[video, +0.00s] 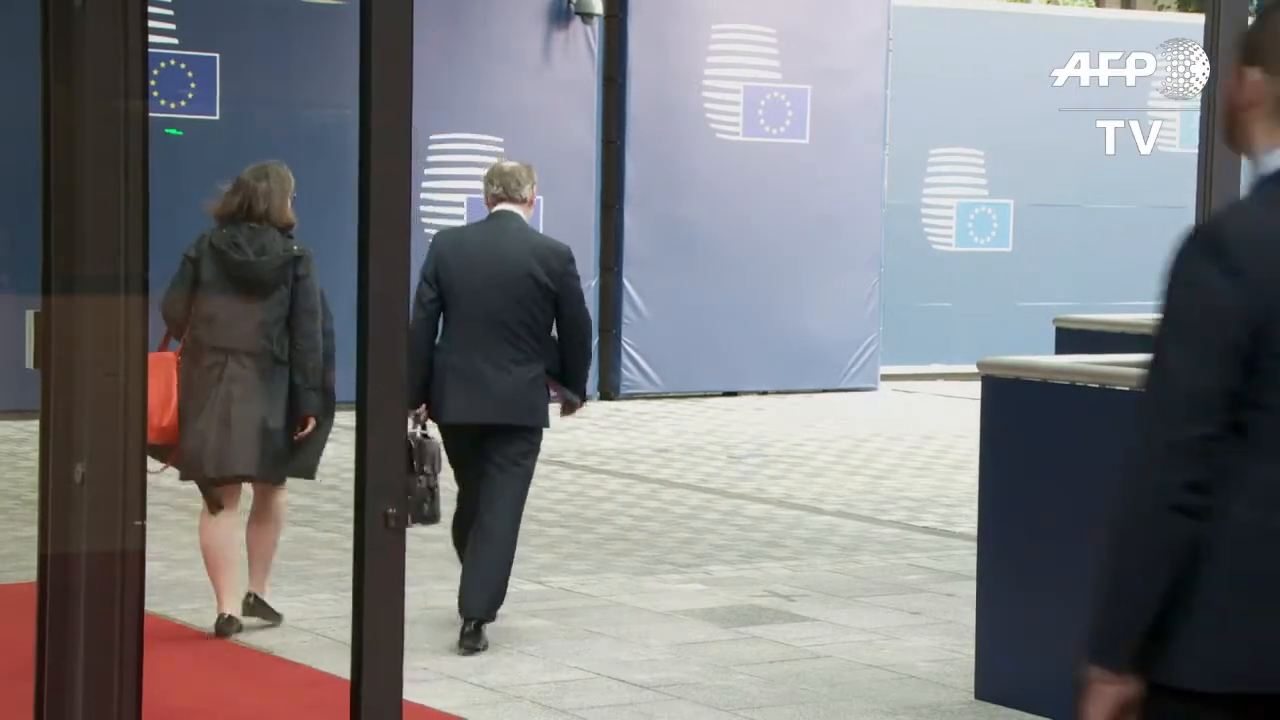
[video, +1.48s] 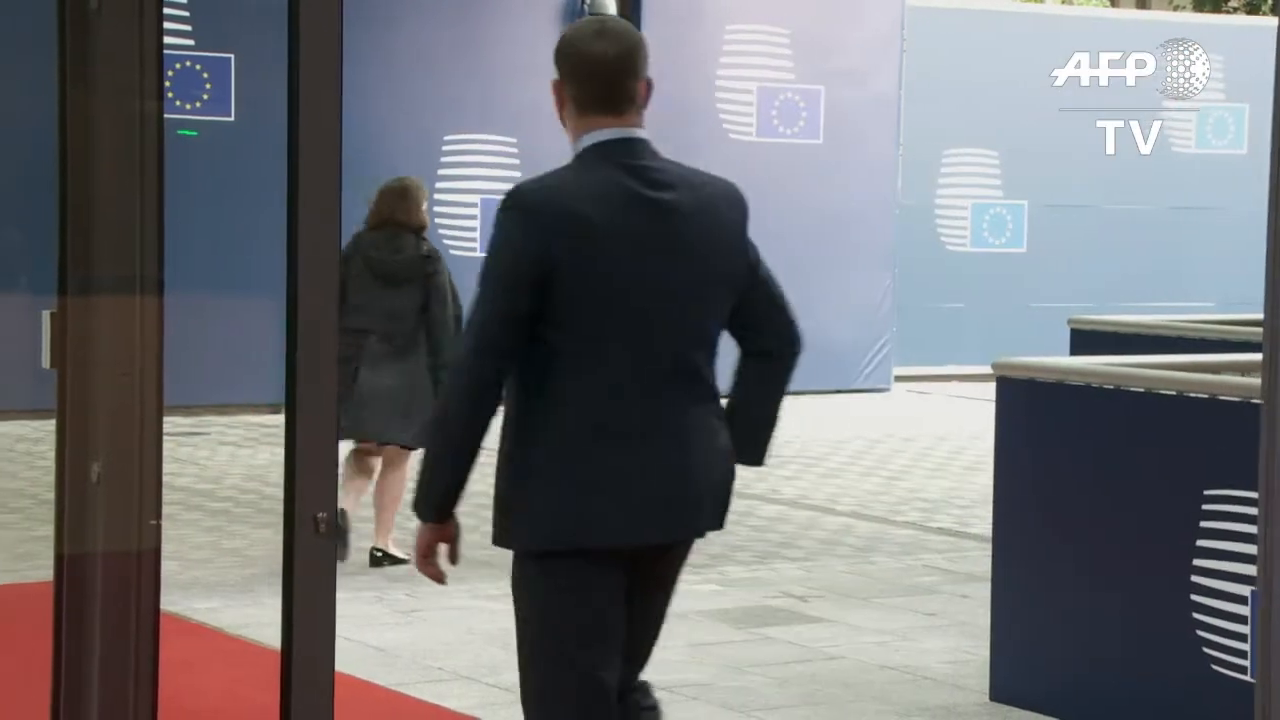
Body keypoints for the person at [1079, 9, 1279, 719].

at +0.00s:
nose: (1226, 92)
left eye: (1232, 76)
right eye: (1231, 75)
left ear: (1252, 88)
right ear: (1265, 93)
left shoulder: (1238, 247)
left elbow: (1173, 462)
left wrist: (1114, 655)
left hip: (1234, 642)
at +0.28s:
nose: (1065, 89)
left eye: (1069, 76)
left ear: (1074, 91)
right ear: (1175, 86)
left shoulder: (1048, 224)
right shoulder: (1260, 211)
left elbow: (982, 417)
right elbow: (1261, 405)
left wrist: (916, 580)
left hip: (1077, 591)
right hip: (1212, 582)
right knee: (1153, 702)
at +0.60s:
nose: (918, 107)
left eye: (924, 88)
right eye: (923, 88)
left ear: (946, 92)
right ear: (1024, 105)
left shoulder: (911, 219)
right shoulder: (1098, 238)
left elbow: (846, 401)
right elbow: (1121, 416)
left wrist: (793, 563)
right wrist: (1058, 528)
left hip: (914, 572)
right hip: (1029, 573)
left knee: (910, 706)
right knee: (979, 706)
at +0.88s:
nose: (798, 96)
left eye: (806, 78)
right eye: (804, 79)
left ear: (836, 86)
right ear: (897, 98)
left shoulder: (809, 207)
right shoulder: (963, 226)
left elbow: (755, 386)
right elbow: (989, 391)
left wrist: (698, 544)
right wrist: (930, 503)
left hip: (785, 551)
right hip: (899, 551)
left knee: (700, 709)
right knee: (893, 714)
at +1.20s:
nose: (634, 107)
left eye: (639, 93)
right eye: (639, 92)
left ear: (662, 102)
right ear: (732, 107)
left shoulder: (640, 227)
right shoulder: (803, 221)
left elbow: (596, 400)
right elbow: (881, 340)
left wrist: (551, 549)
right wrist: (831, 454)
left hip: (635, 553)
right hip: (757, 552)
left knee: (594, 709)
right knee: (765, 708)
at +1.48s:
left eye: (558, 90)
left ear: (559, 98)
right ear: (647, 93)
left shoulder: (536, 208)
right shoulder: (713, 205)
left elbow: (481, 365)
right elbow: (776, 340)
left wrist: (436, 503)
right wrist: (729, 447)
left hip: (565, 508)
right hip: (676, 500)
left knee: (567, 704)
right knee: (622, 683)